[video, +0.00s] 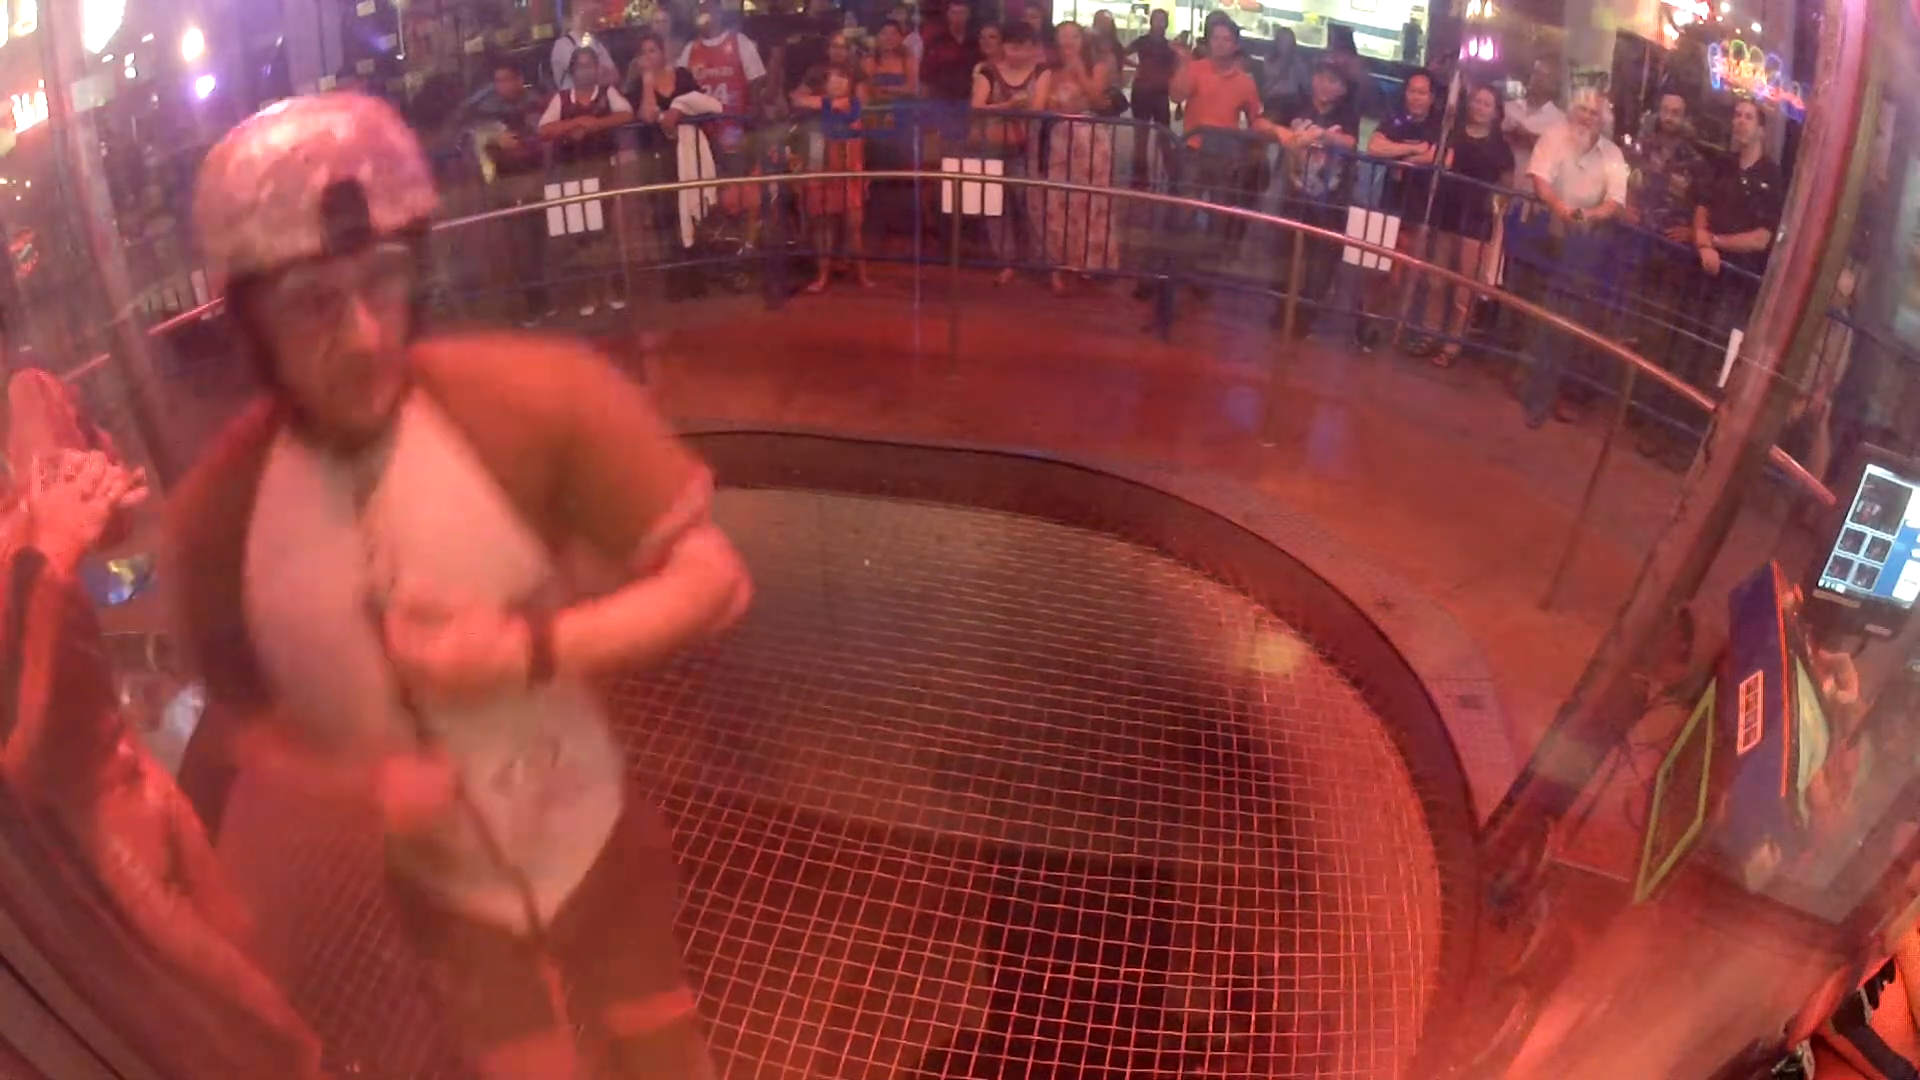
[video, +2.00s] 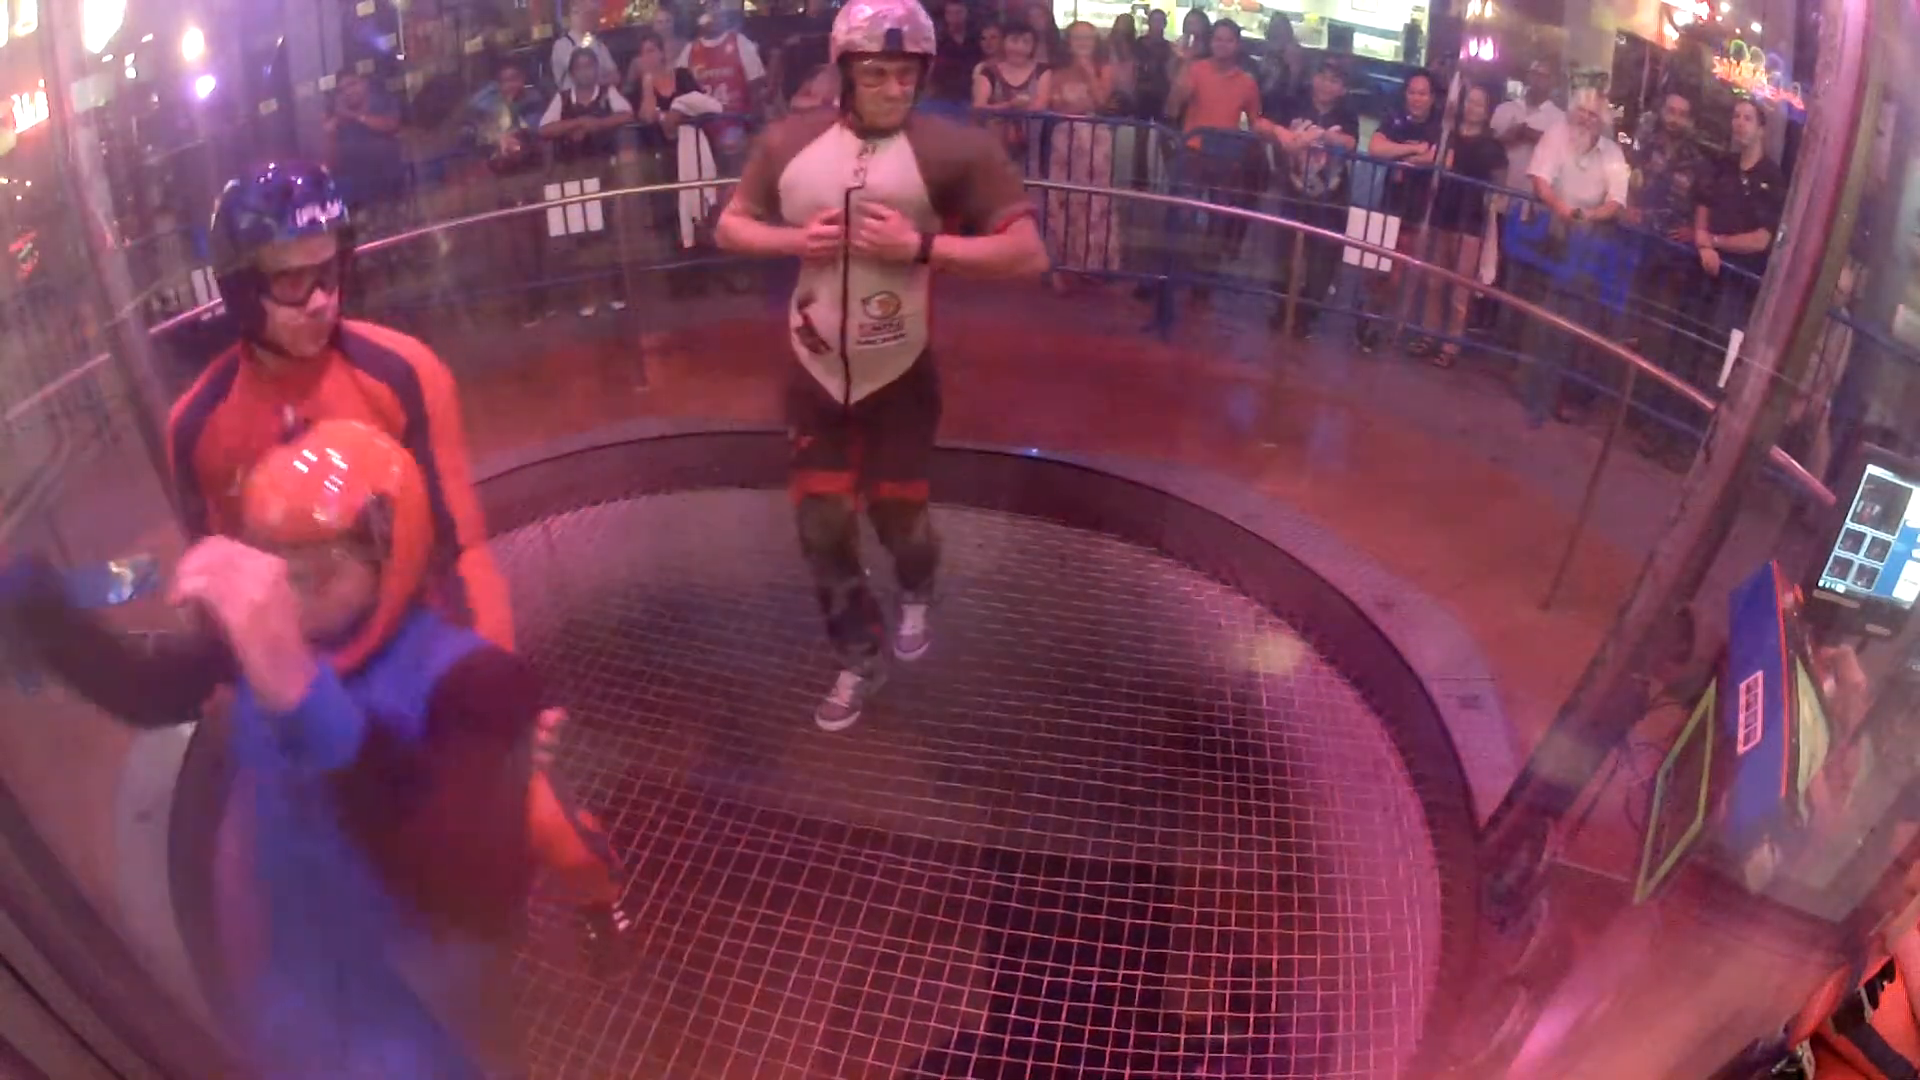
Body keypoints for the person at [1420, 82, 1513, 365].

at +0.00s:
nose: (1480, 107)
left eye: (1487, 104)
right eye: (1477, 101)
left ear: (1496, 112)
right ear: (1468, 104)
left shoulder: (1500, 148)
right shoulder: (1453, 137)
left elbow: (1506, 187)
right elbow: (1439, 167)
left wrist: (1497, 212)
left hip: (1477, 219)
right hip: (1446, 212)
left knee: (1464, 287)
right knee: (1436, 279)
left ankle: (1453, 342)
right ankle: (1430, 333)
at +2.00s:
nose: (1472, 108)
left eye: (1478, 103)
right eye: (1468, 101)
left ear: (1488, 110)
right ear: (1461, 106)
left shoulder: (1492, 147)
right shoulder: (1449, 139)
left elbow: (1498, 184)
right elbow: (1436, 171)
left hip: (1472, 218)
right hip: (1442, 213)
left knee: (1461, 285)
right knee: (1434, 279)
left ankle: (1451, 342)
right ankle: (1428, 333)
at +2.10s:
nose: (1471, 108)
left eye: (1478, 104)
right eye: (1468, 102)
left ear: (1488, 111)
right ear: (1461, 105)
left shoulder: (1491, 148)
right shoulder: (1448, 140)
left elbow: (1497, 185)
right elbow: (1436, 171)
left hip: (1471, 219)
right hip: (1441, 214)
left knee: (1461, 284)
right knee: (1434, 278)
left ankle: (1452, 341)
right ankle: (1429, 333)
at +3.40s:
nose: (1477, 110)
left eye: (1483, 105)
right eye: (1472, 104)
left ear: (1491, 112)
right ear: (1463, 107)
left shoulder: (1496, 147)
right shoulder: (1451, 138)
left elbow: (1501, 181)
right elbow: (1440, 168)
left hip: (1474, 217)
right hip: (1444, 212)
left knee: (1463, 285)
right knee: (1435, 279)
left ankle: (1456, 341)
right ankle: (1429, 332)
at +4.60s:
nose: (1485, 113)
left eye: (1492, 109)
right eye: (1482, 106)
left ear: (1501, 116)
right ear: (1473, 109)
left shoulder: (1506, 150)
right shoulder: (1459, 139)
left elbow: (1510, 187)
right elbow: (1445, 168)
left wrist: (1500, 201)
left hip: (1481, 217)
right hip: (1451, 210)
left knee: (1469, 283)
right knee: (1440, 277)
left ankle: (1460, 339)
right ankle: (1432, 331)